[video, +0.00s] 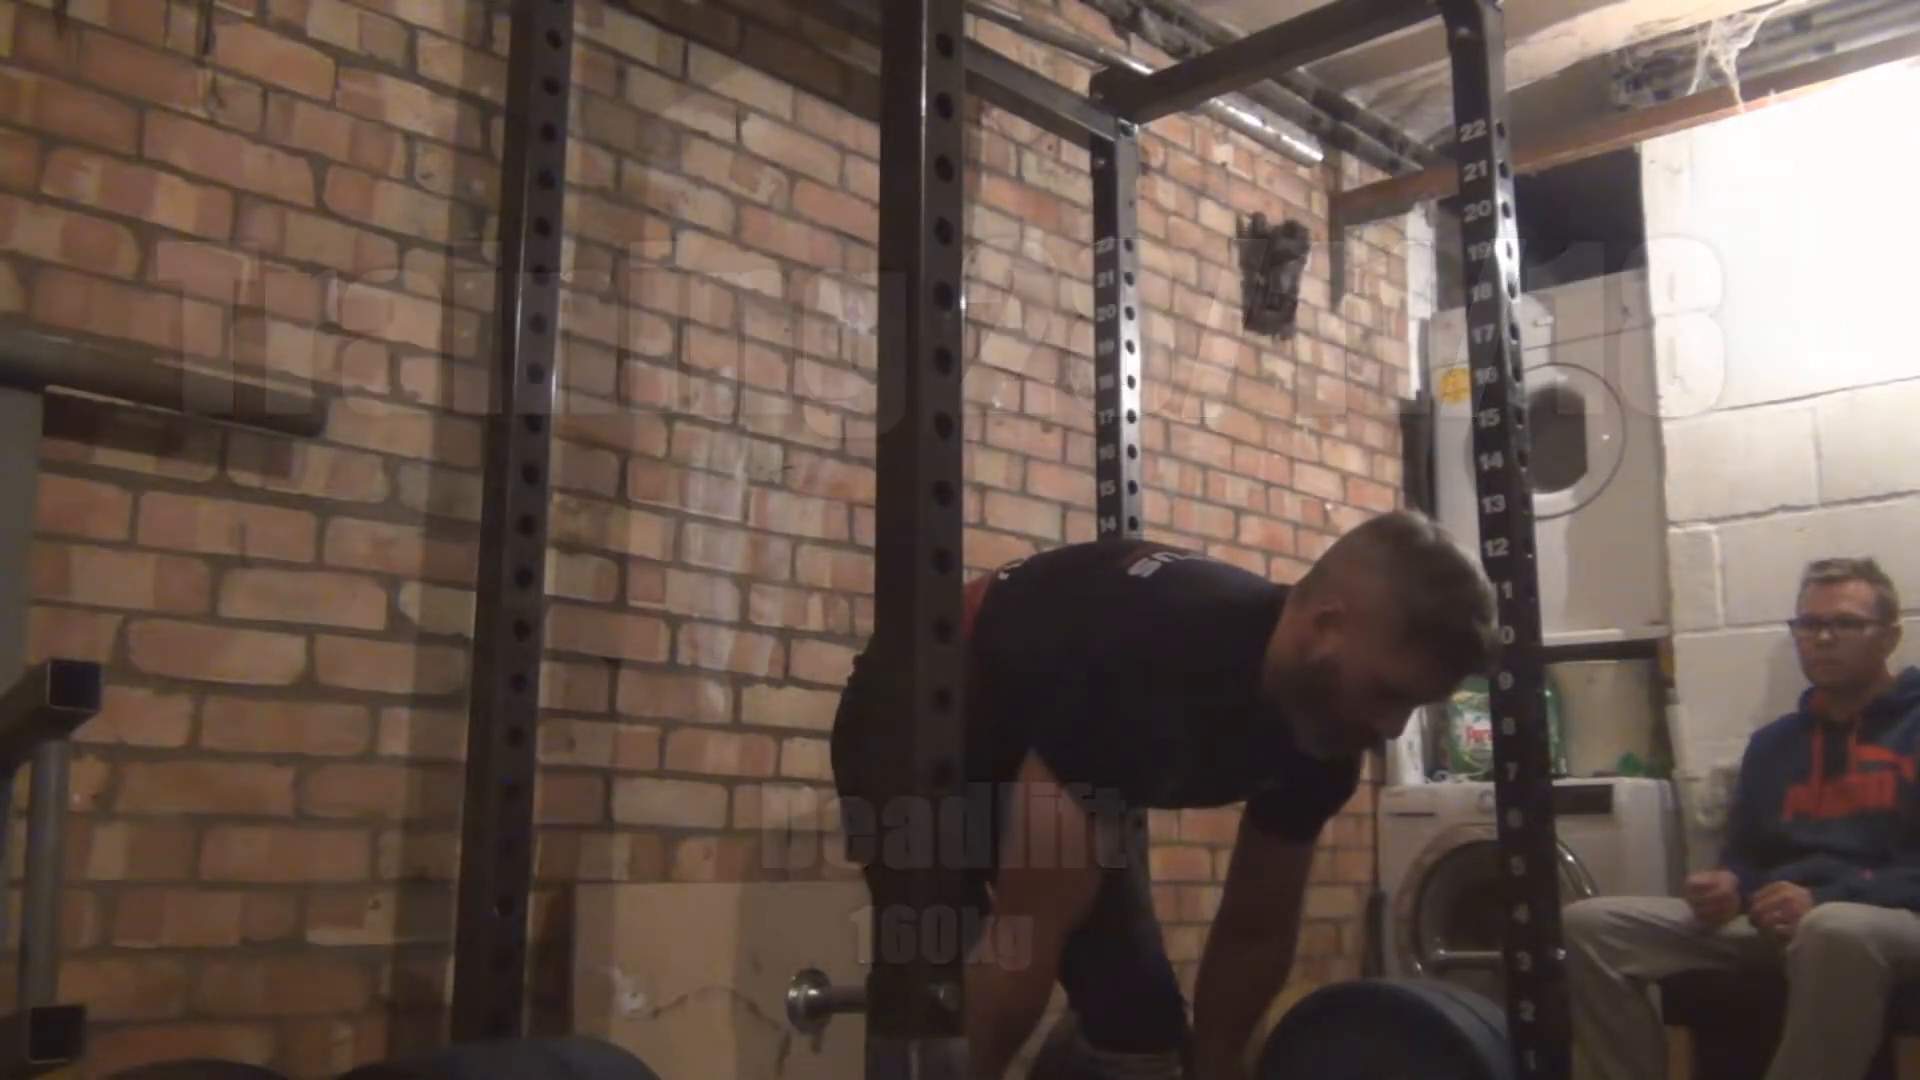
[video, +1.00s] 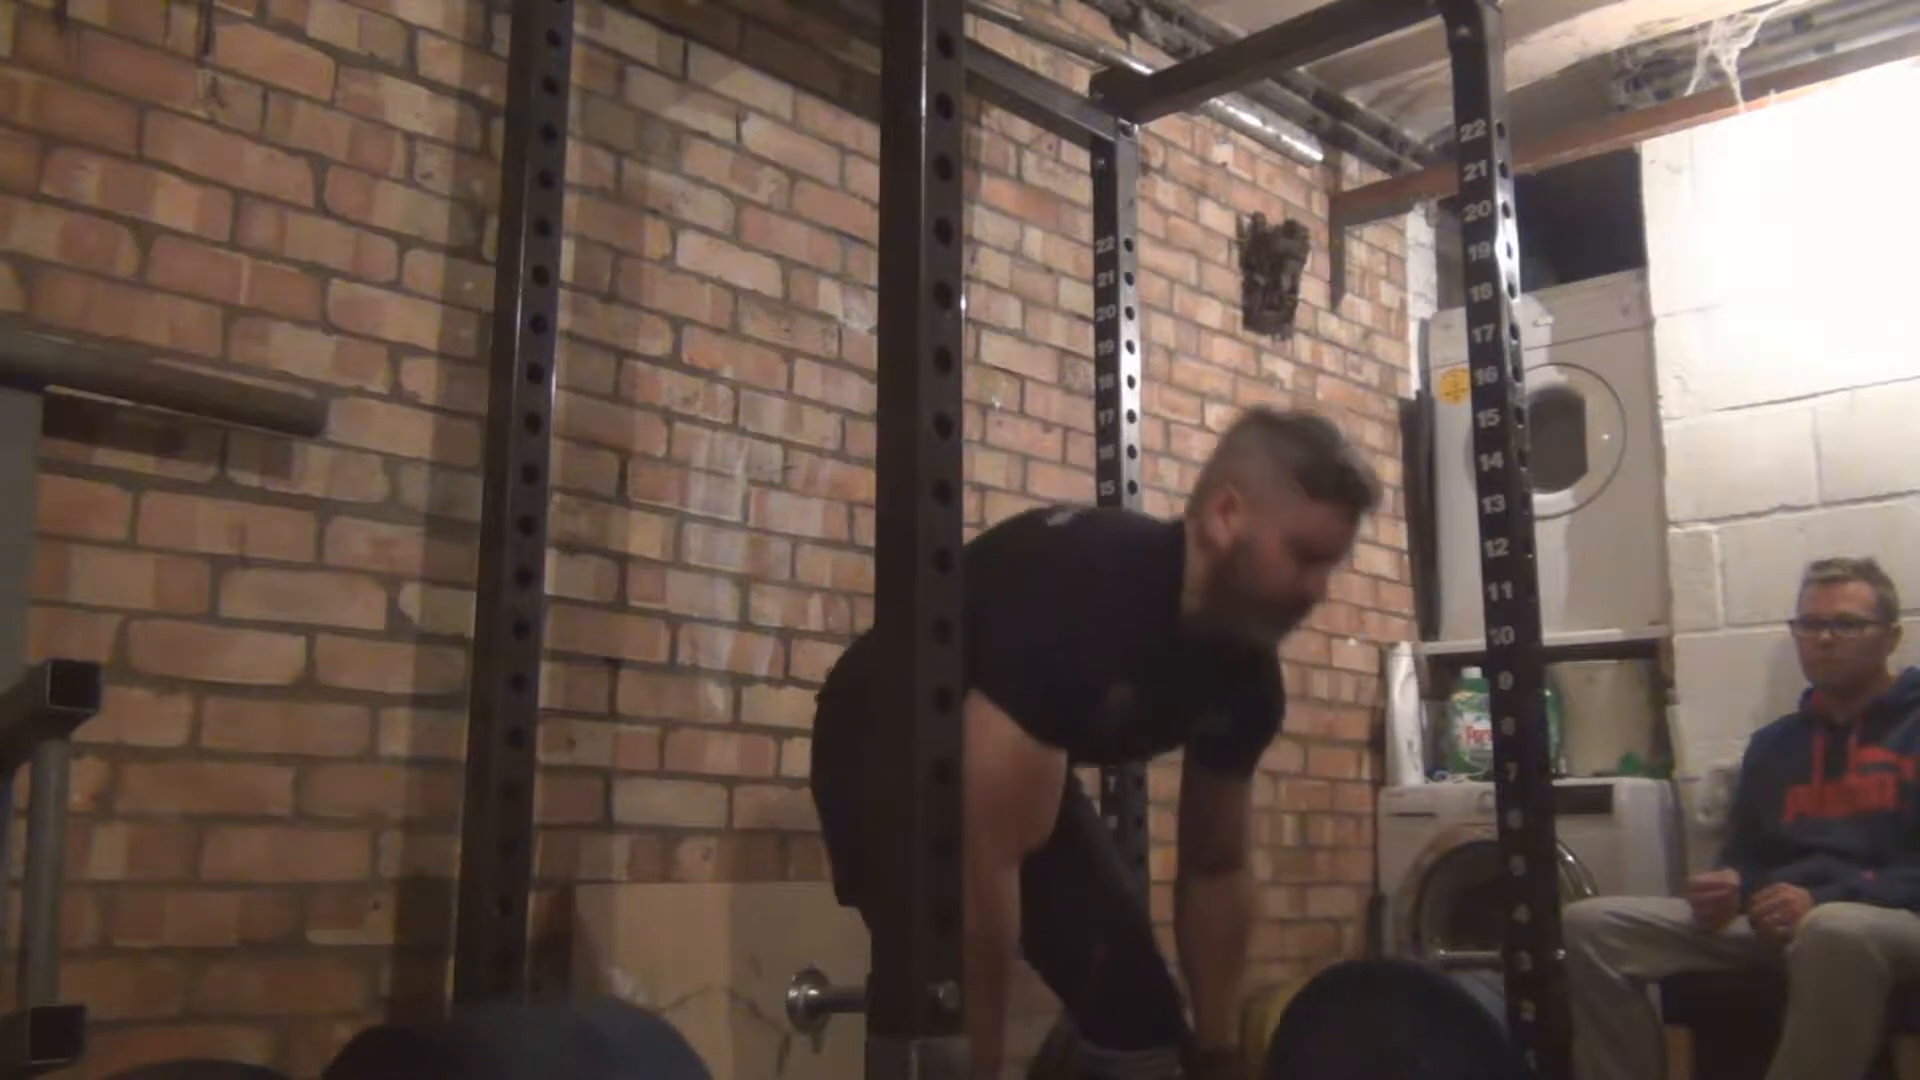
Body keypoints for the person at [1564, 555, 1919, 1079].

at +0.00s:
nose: (1822, 639)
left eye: (1844, 624)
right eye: (1809, 624)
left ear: (1890, 636)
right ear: (1794, 634)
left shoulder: (1914, 723)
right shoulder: (1773, 744)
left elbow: (1914, 873)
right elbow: (1744, 852)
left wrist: (1820, 900)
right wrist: (1731, 883)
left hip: (1894, 920)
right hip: (1771, 919)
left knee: (1833, 935)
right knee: (1589, 929)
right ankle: (1628, 1072)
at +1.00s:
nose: (1824, 639)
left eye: (1845, 625)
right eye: (1810, 624)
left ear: (1890, 637)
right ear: (1794, 634)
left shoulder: (1914, 723)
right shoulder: (1774, 743)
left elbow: (1913, 875)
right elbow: (1746, 853)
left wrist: (1819, 900)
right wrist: (1730, 885)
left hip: (1894, 918)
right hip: (1773, 917)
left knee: (1832, 936)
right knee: (1589, 929)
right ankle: (1629, 1074)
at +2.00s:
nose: (1825, 637)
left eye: (1848, 623)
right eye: (1812, 622)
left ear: (1894, 637)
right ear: (1797, 632)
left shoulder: (1913, 721)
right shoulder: (1774, 743)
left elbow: (1914, 870)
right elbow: (1742, 849)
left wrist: (1818, 903)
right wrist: (1728, 886)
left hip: (1894, 917)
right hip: (1769, 916)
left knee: (1832, 937)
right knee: (1589, 928)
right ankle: (1628, 1073)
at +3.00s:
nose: (1817, 640)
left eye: (1838, 624)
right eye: (1805, 626)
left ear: (1888, 635)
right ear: (1791, 635)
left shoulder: (1914, 719)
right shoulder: (1775, 742)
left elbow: (1915, 870)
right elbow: (1739, 855)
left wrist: (1818, 905)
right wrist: (1725, 892)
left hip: (1893, 919)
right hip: (1767, 917)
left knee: (1834, 936)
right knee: (1587, 929)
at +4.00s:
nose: (1822, 635)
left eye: (1844, 619)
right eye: (1810, 621)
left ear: (1893, 635)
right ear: (1796, 633)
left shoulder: (1913, 721)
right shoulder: (1775, 742)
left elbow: (1913, 872)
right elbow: (1739, 852)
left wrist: (1816, 905)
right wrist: (1724, 892)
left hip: (1892, 919)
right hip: (1766, 917)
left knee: (1834, 936)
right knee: (1587, 929)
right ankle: (1628, 1073)